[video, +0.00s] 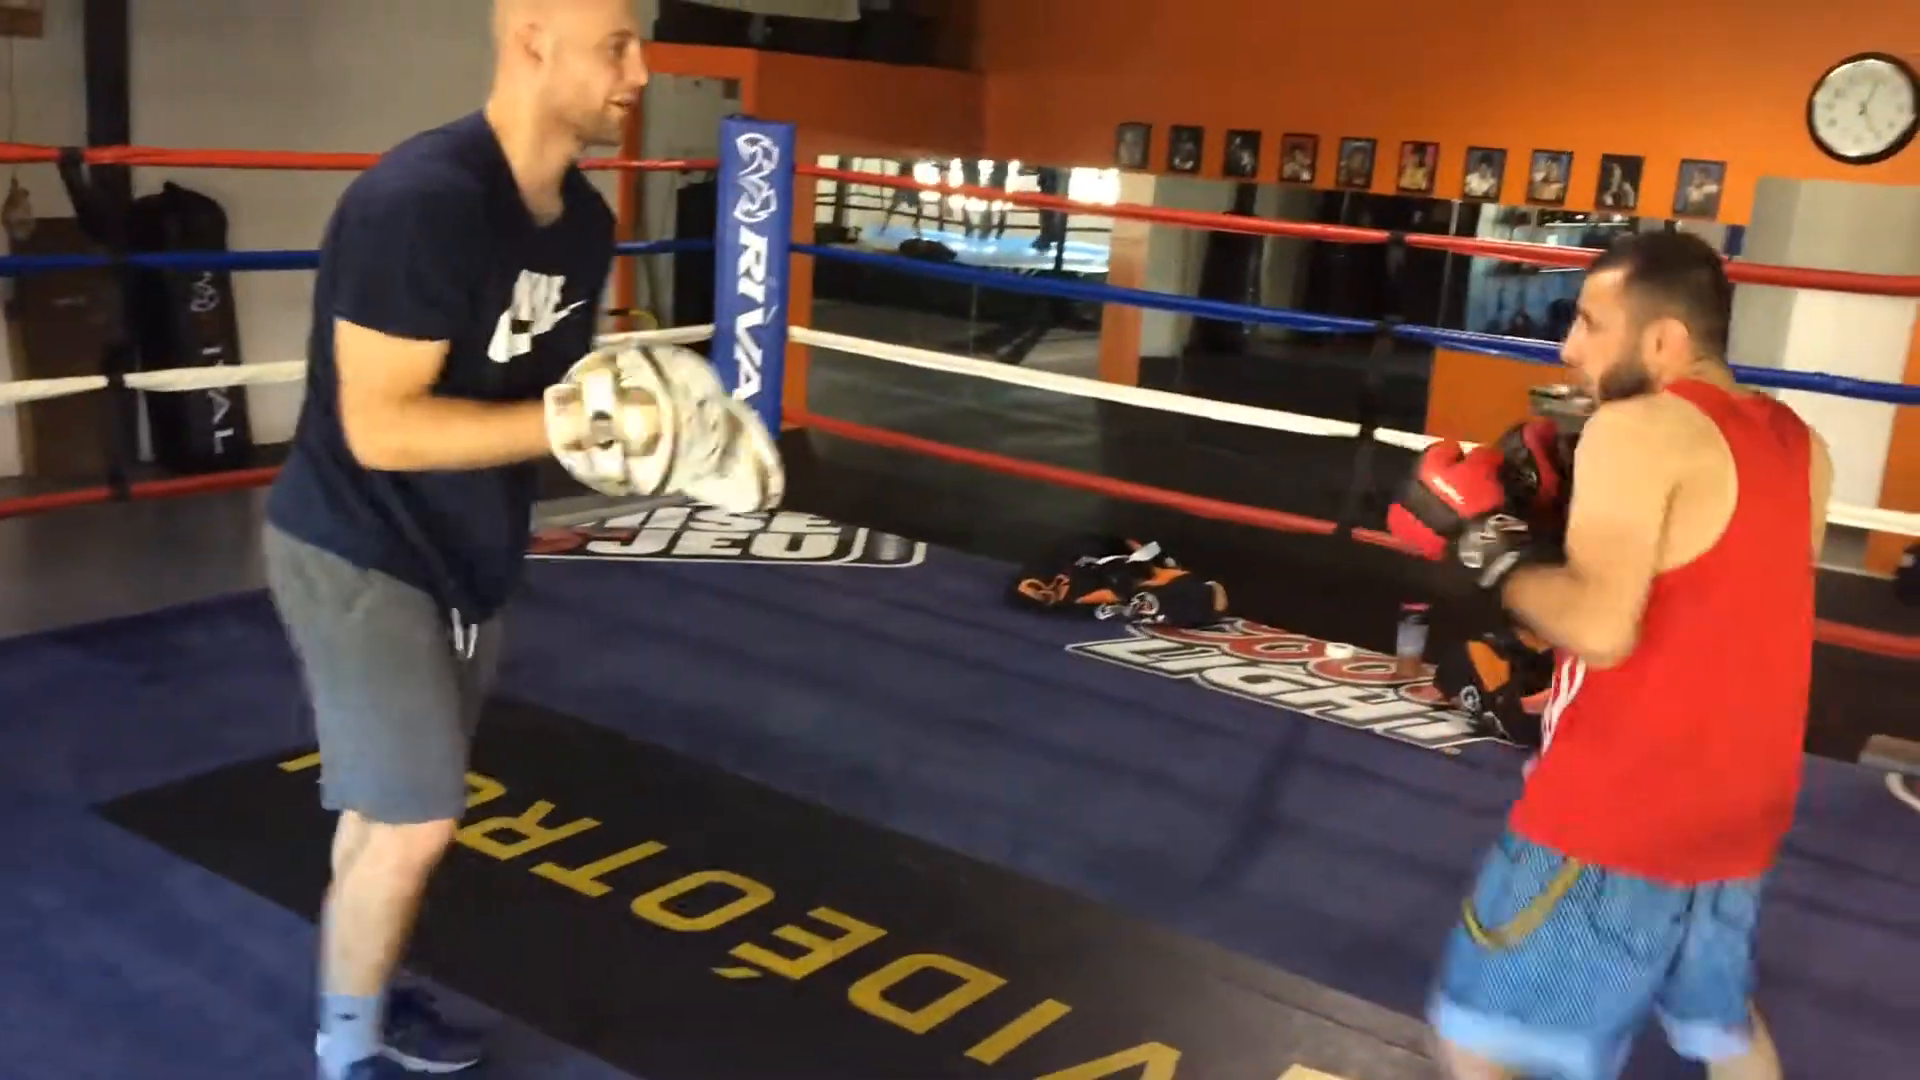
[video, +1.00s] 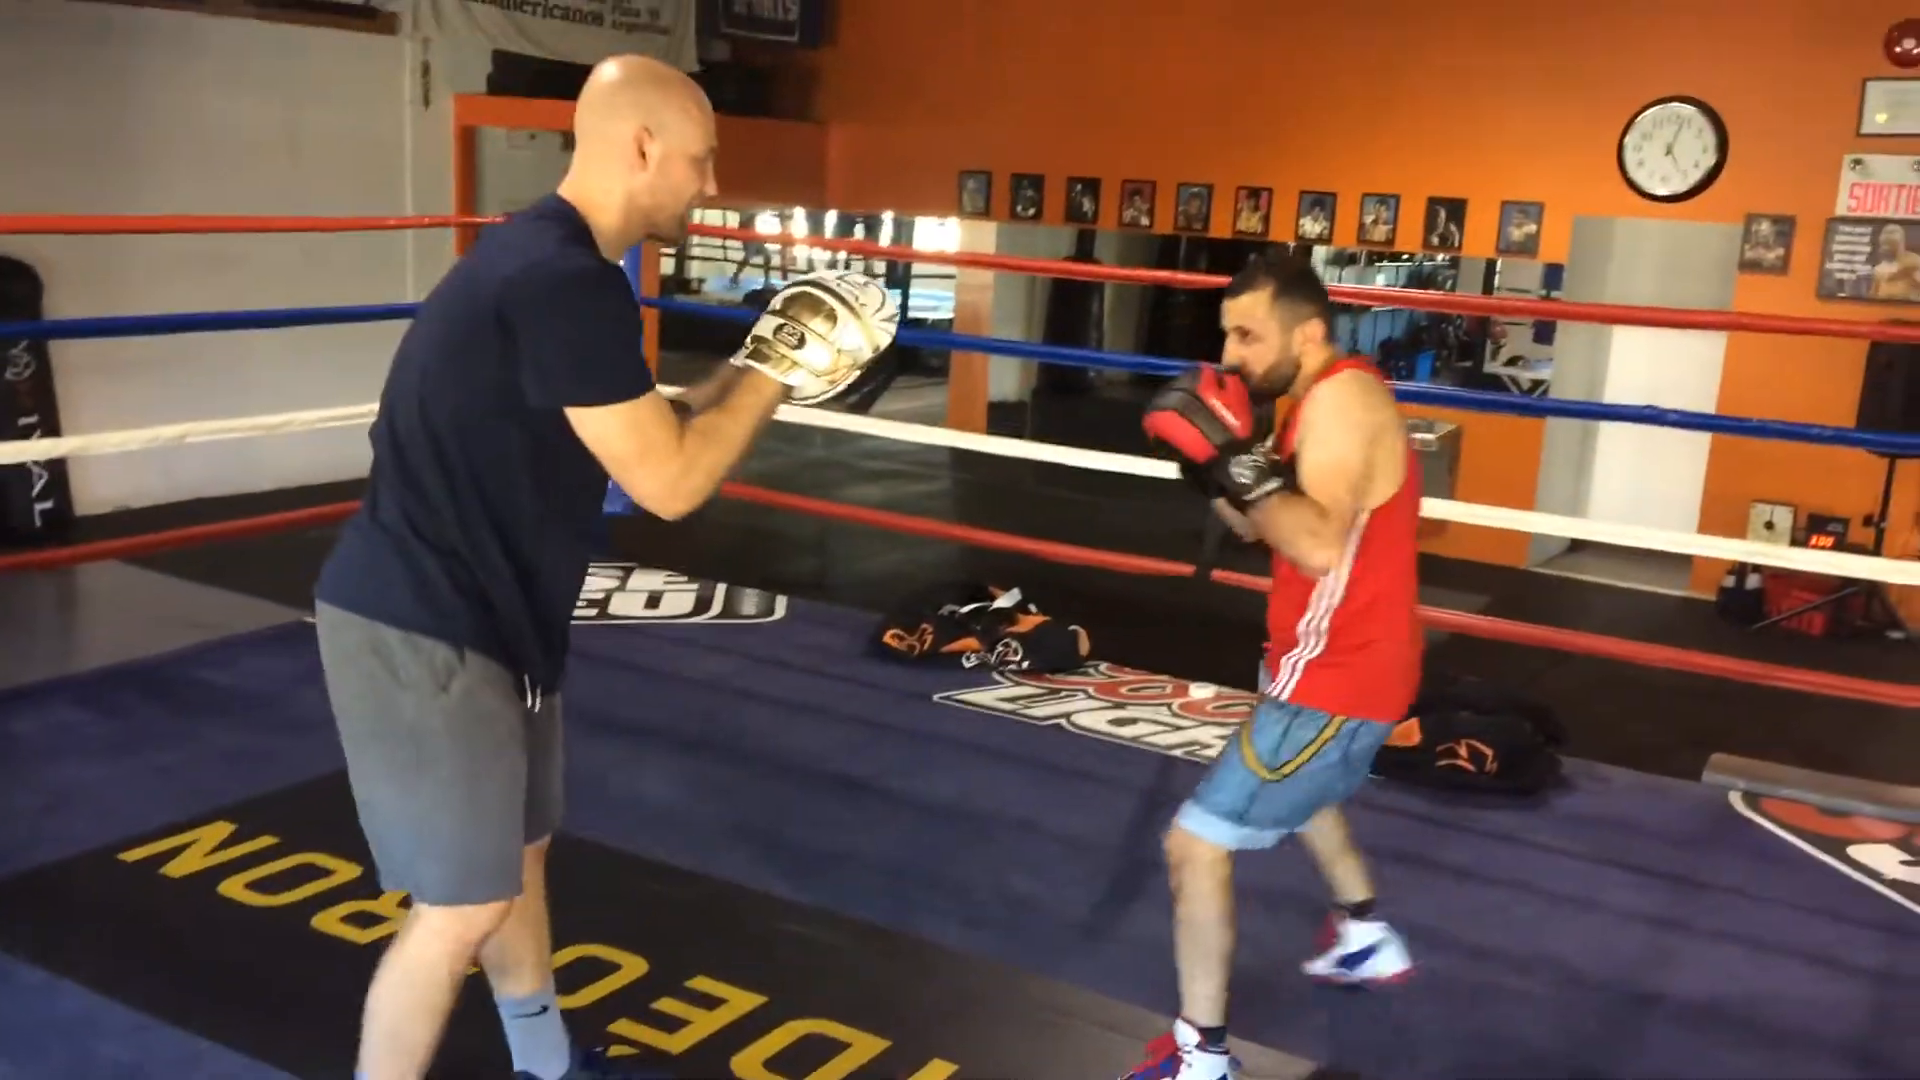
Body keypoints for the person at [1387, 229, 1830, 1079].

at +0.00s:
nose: (1569, 348)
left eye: (1591, 324)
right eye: (1576, 321)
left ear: (1667, 340)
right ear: (1682, 342)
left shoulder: (1635, 430)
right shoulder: (1798, 442)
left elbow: (1599, 622)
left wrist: (1493, 549)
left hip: (1619, 806)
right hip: (1743, 803)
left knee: (1480, 1037)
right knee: (1719, 1022)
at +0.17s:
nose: (1496, 319)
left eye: (1520, 298)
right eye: (1502, 295)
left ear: (1596, 313)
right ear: (1600, 315)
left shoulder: (1593, 399)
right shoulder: (1683, 391)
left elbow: (1601, 582)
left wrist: (1470, 513)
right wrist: (1507, 447)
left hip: (1568, 753)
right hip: (1681, 764)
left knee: (1383, 905)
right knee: (1683, 985)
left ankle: (1379, 1072)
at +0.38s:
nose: (1321, 349)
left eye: (1341, 329)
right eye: (1325, 326)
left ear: (1410, 338)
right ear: (1423, 335)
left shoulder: (1424, 438)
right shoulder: (1506, 383)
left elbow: (1388, 620)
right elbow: (1453, 530)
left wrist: (1295, 534)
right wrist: (1342, 490)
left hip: (1440, 716)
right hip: (1538, 710)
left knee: (1295, 857)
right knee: (1525, 886)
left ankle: (1260, 1048)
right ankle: (1606, 1060)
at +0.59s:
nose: (1272, 325)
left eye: (1290, 307)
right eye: (1273, 304)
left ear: (1357, 313)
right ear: (1368, 312)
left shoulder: (1370, 399)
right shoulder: (1443, 355)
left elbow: (1313, 562)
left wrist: (1248, 466)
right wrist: (1288, 428)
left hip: (1403, 674)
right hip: (1485, 665)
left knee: (1274, 838)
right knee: (1444, 800)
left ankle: (1248, 1042)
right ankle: (1459, 959)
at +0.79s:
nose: (1283, 339)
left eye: (1299, 322)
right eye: (1280, 320)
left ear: (1361, 320)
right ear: (1355, 321)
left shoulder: (1402, 404)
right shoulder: (1370, 391)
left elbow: (1372, 562)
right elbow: (1328, 536)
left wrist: (1294, 471)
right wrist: (1265, 469)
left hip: (1383, 671)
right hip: (1403, 661)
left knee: (1228, 815)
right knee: (1384, 791)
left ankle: (1229, 1032)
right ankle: (1425, 938)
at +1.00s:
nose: (1232, 355)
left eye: (1248, 336)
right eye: (1229, 336)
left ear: (1308, 332)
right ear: (1297, 338)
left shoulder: (1342, 402)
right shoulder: (1310, 399)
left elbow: (1323, 546)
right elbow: (1269, 528)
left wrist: (1241, 460)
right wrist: (1223, 473)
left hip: (1336, 688)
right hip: (1340, 676)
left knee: (1197, 845)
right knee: (1304, 791)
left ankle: (1200, 1050)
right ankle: (1365, 931)